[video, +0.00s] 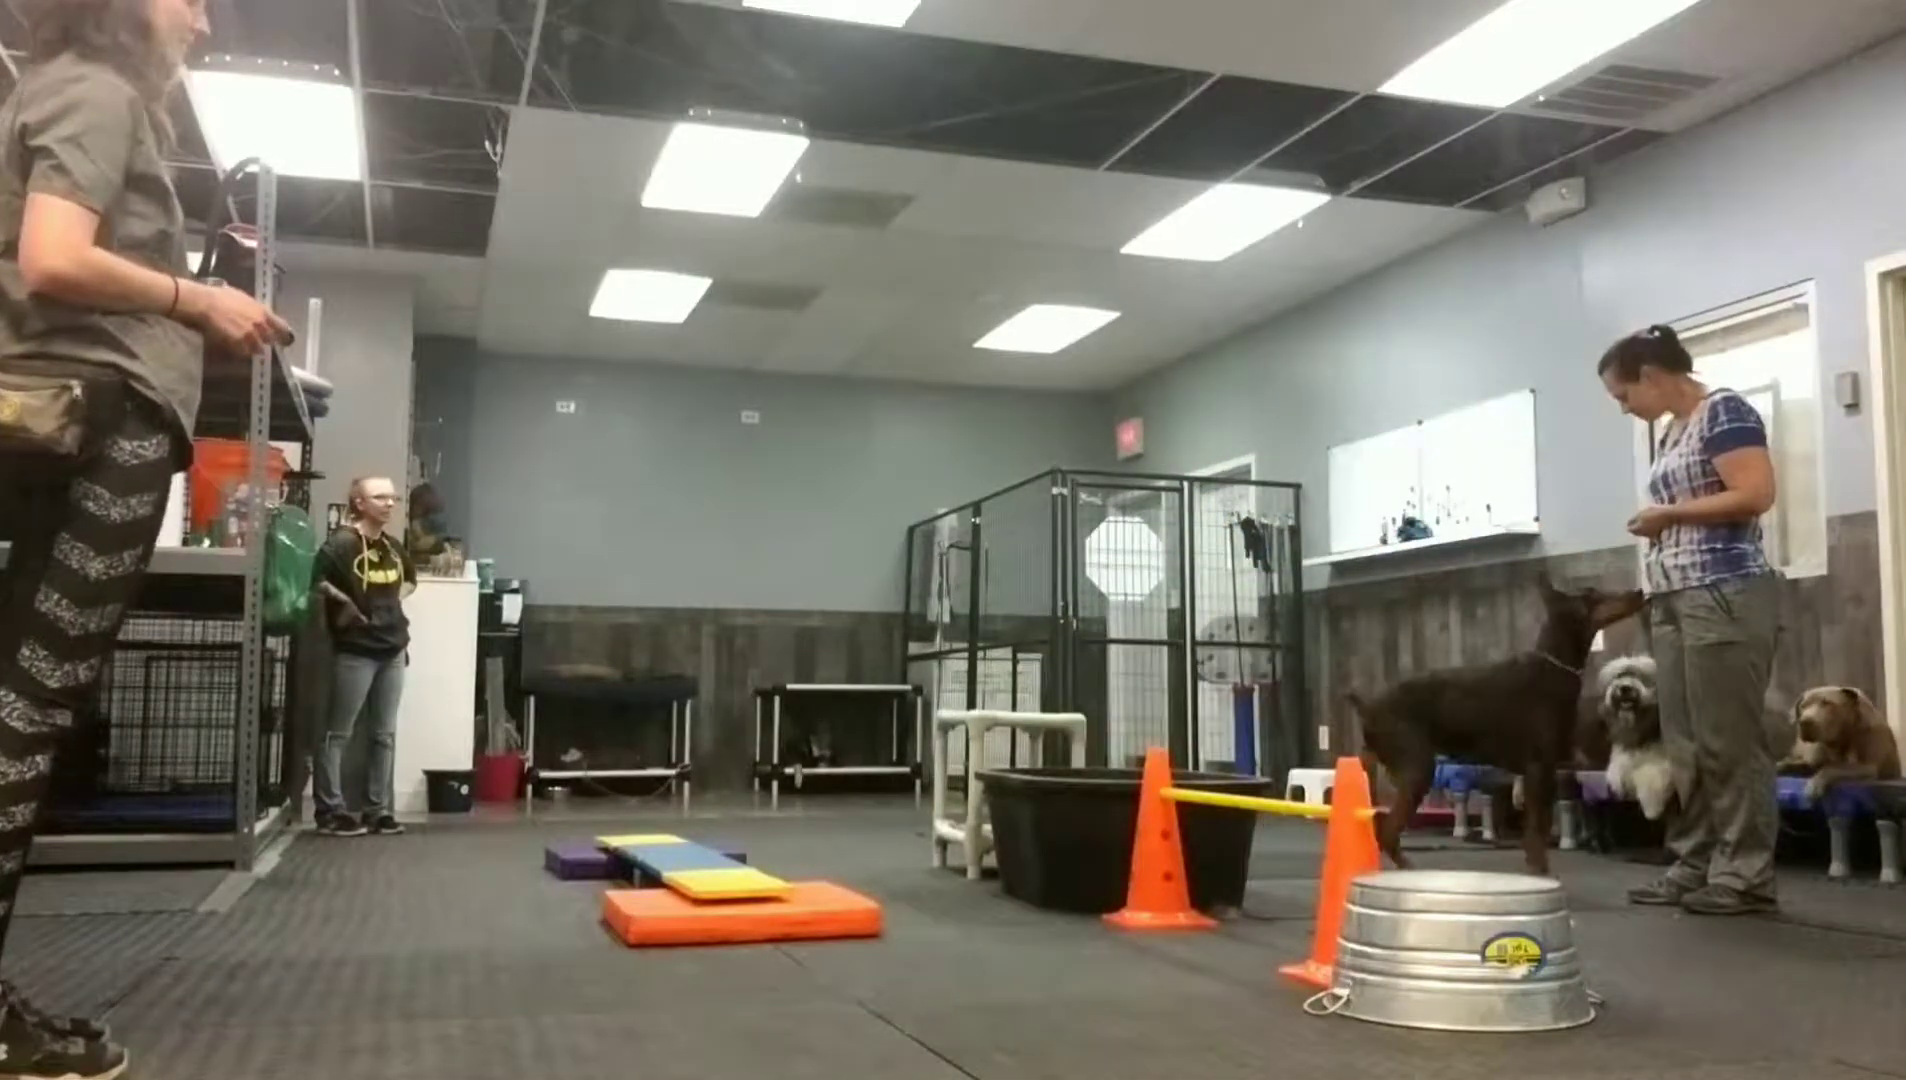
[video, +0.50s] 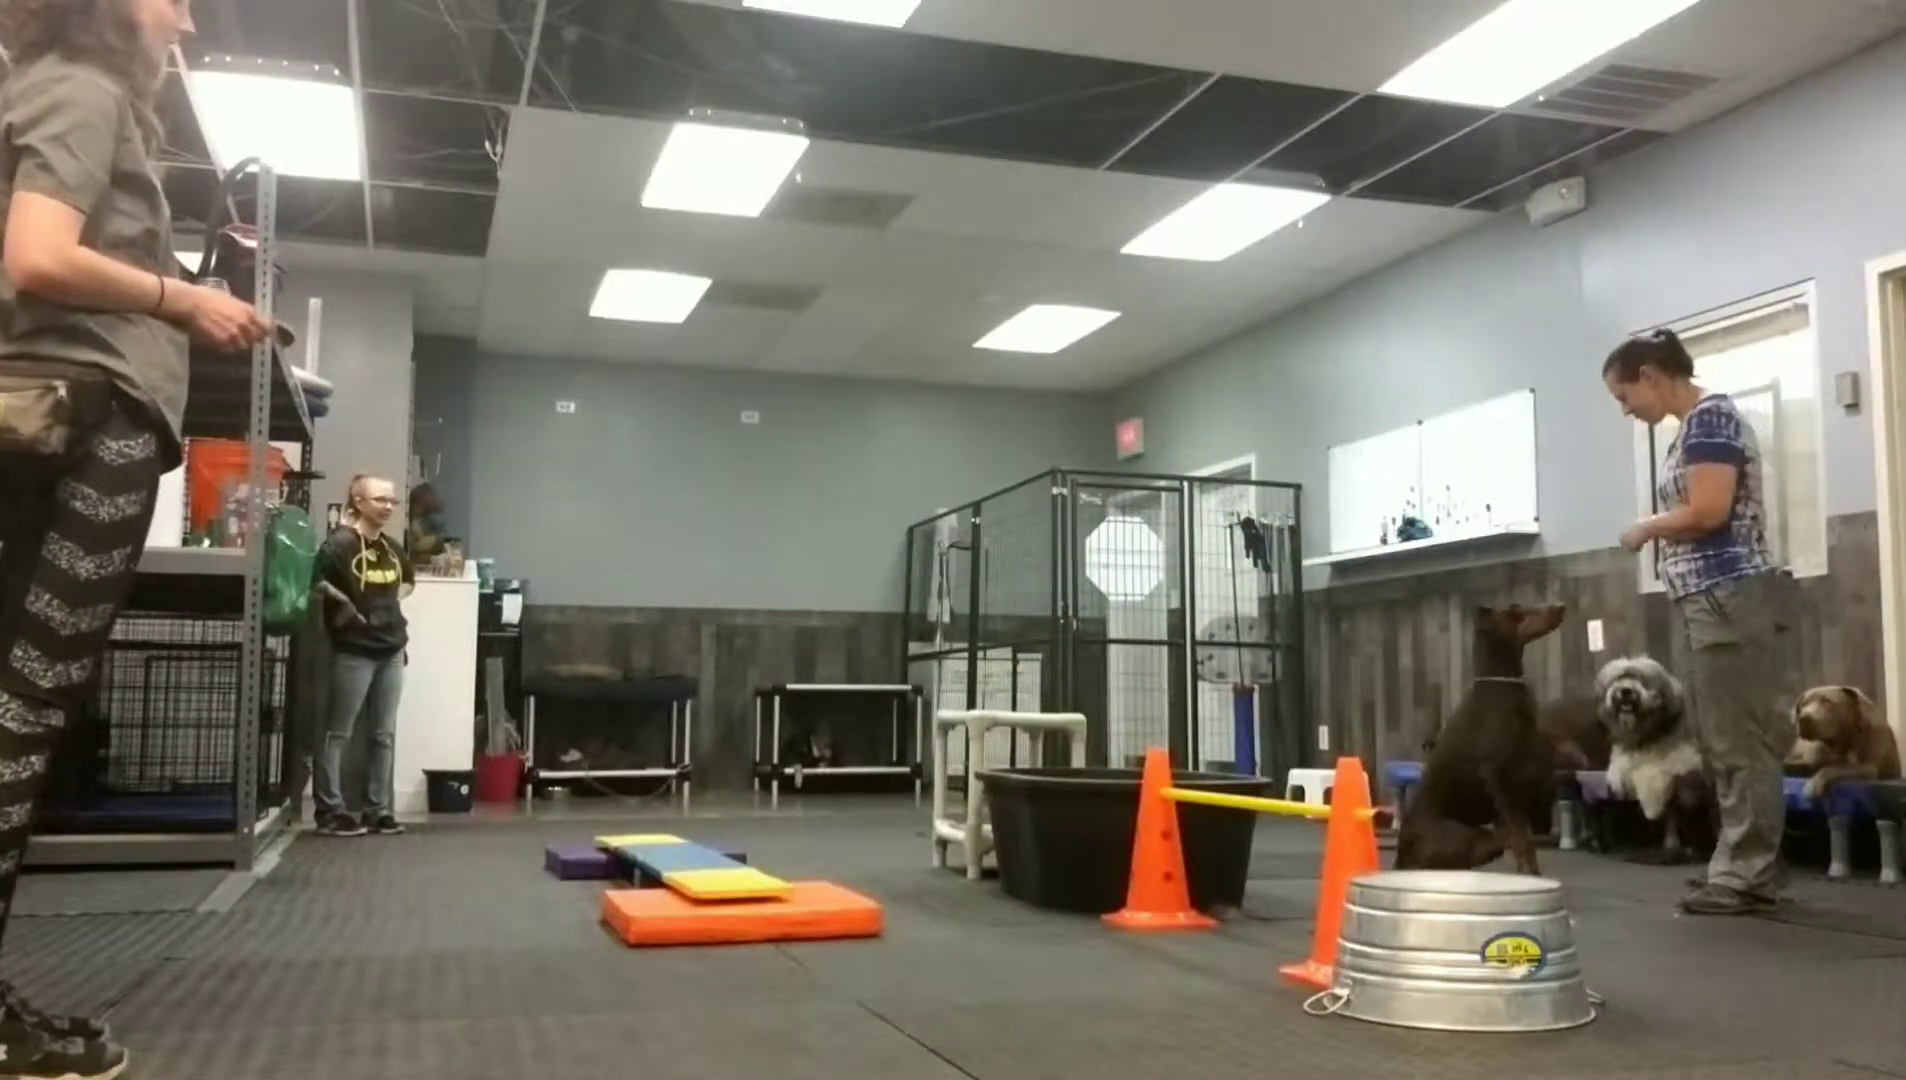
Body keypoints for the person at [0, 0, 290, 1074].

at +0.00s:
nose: (203, 20)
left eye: (202, 8)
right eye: (191, 3)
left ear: (124, 12)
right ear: (141, 2)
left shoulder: (102, 88)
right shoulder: (99, 88)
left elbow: (65, 261)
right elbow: (54, 259)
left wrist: (193, 293)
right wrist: (198, 297)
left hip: (99, 426)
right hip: (102, 429)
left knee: (39, 703)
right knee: (35, 707)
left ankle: (1, 1002)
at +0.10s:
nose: (200, 22)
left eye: (199, 10)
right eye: (188, 5)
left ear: (126, 15)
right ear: (136, 4)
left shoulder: (98, 90)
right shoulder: (93, 88)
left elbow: (62, 260)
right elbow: (48, 258)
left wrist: (192, 294)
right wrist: (195, 296)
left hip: (94, 423)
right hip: (97, 425)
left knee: (39, 699)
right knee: (35, 702)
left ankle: (3, 1005)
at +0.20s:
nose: (194, 24)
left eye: (195, 11)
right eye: (184, 6)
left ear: (120, 15)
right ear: (132, 4)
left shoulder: (94, 89)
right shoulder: (90, 88)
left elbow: (63, 259)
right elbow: (43, 256)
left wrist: (189, 293)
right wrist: (192, 296)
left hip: (91, 419)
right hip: (96, 421)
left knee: (37, 700)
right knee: (33, 703)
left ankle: (2, 1004)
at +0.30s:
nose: (189, 23)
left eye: (190, 12)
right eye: (179, 6)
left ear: (118, 15)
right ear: (128, 4)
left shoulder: (90, 87)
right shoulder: (85, 86)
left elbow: (65, 259)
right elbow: (39, 256)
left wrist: (185, 289)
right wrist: (188, 296)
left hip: (85, 420)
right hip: (89, 421)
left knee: (37, 702)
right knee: (32, 705)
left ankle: (6, 1009)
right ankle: (1, 1013)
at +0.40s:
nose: (186, 26)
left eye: (186, 13)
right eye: (175, 7)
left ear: (111, 14)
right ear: (124, 4)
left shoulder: (92, 88)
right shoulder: (81, 86)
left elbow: (60, 259)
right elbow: (37, 255)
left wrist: (180, 293)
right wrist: (185, 296)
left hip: (83, 421)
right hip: (88, 424)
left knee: (39, 699)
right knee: (33, 702)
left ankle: (7, 1011)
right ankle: (2, 1015)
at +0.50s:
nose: (185, 26)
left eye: (186, 14)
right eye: (176, 8)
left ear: (110, 13)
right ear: (126, 4)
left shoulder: (91, 87)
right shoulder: (82, 85)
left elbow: (62, 259)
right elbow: (37, 256)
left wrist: (181, 291)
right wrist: (186, 298)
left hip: (81, 421)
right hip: (85, 423)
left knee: (39, 699)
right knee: (32, 703)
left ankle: (4, 1008)